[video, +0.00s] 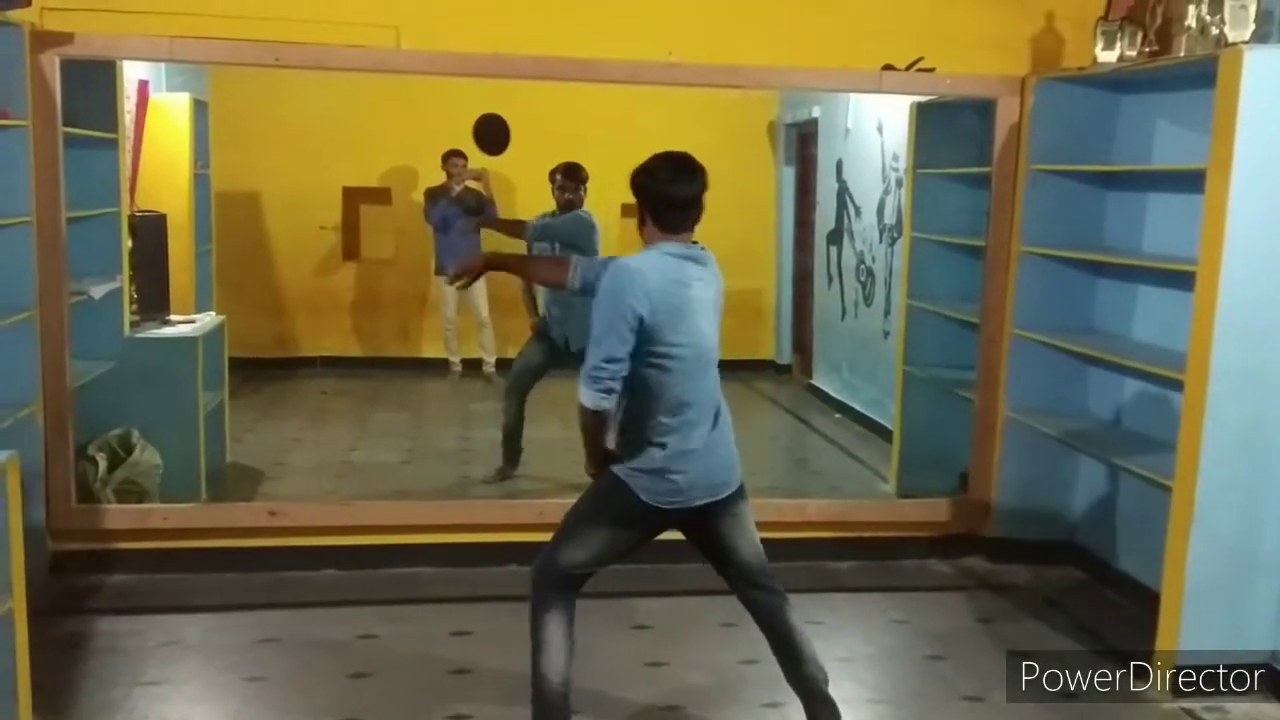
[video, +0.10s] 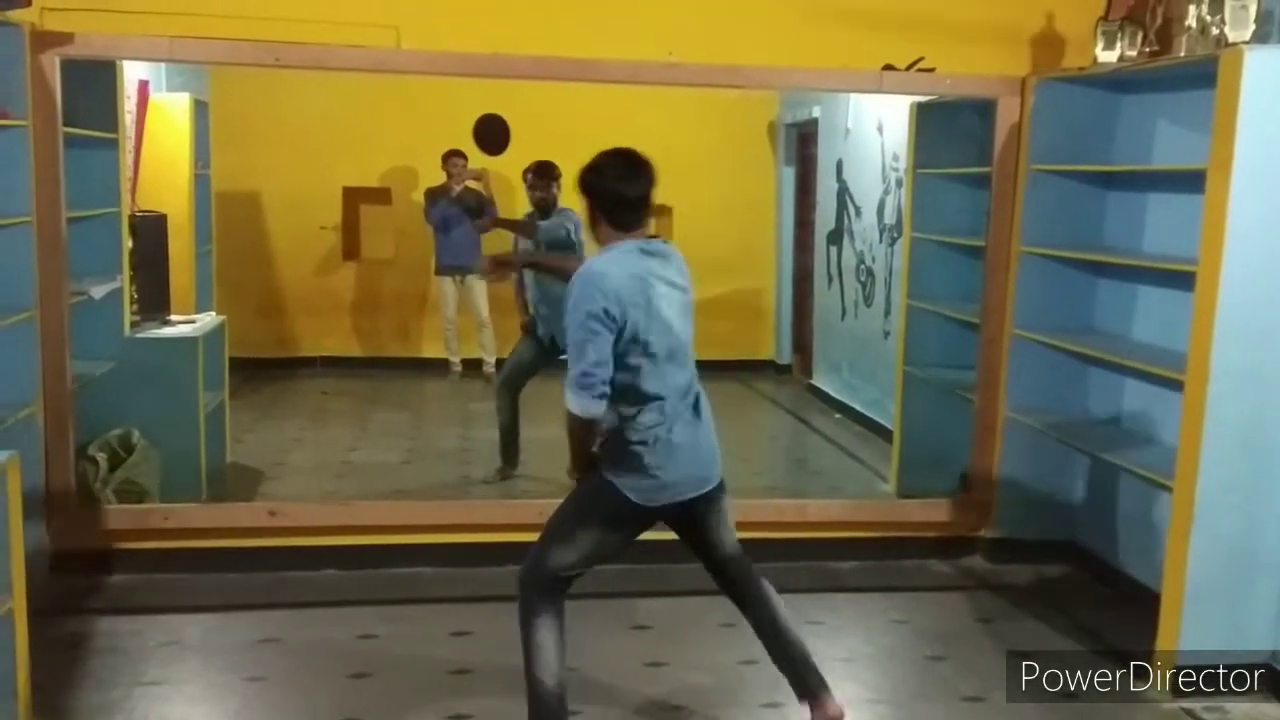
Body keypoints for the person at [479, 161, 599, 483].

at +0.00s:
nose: (565, 195)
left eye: (571, 189)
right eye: (559, 189)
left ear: (583, 191)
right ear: (552, 189)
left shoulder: (582, 224)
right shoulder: (544, 224)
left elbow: (529, 231)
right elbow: (527, 274)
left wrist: (486, 221)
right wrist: (534, 317)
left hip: (591, 335)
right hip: (553, 332)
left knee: (612, 401)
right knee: (515, 386)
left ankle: (616, 464)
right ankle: (509, 464)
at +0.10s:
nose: (543, 193)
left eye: (549, 186)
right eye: (536, 187)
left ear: (559, 188)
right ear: (526, 189)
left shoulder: (568, 221)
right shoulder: (524, 230)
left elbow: (540, 232)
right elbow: (520, 278)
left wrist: (498, 222)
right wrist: (524, 315)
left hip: (578, 330)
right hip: (543, 330)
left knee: (591, 397)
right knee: (507, 383)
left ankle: (587, 466)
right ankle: (508, 463)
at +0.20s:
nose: (508, 210)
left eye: (513, 202)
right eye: (505, 203)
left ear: (528, 203)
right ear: (503, 205)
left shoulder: (544, 240)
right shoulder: (514, 238)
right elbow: (527, 287)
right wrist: (523, 321)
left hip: (559, 336)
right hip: (535, 336)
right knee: (500, 386)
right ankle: (508, 462)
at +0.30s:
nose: (496, 217)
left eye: (501, 210)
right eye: (496, 210)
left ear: (517, 210)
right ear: (500, 211)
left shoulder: (535, 245)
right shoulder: (511, 243)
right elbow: (524, 290)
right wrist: (521, 326)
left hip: (556, 339)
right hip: (530, 340)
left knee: (585, 400)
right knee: (497, 390)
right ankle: (508, 462)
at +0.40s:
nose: (503, 197)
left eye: (507, 191)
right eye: (504, 191)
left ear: (518, 193)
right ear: (526, 192)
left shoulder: (529, 225)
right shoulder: (517, 226)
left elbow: (533, 266)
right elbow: (508, 277)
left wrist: (500, 279)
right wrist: (518, 319)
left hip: (537, 332)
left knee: (504, 386)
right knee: (559, 396)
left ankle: (509, 461)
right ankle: (573, 466)